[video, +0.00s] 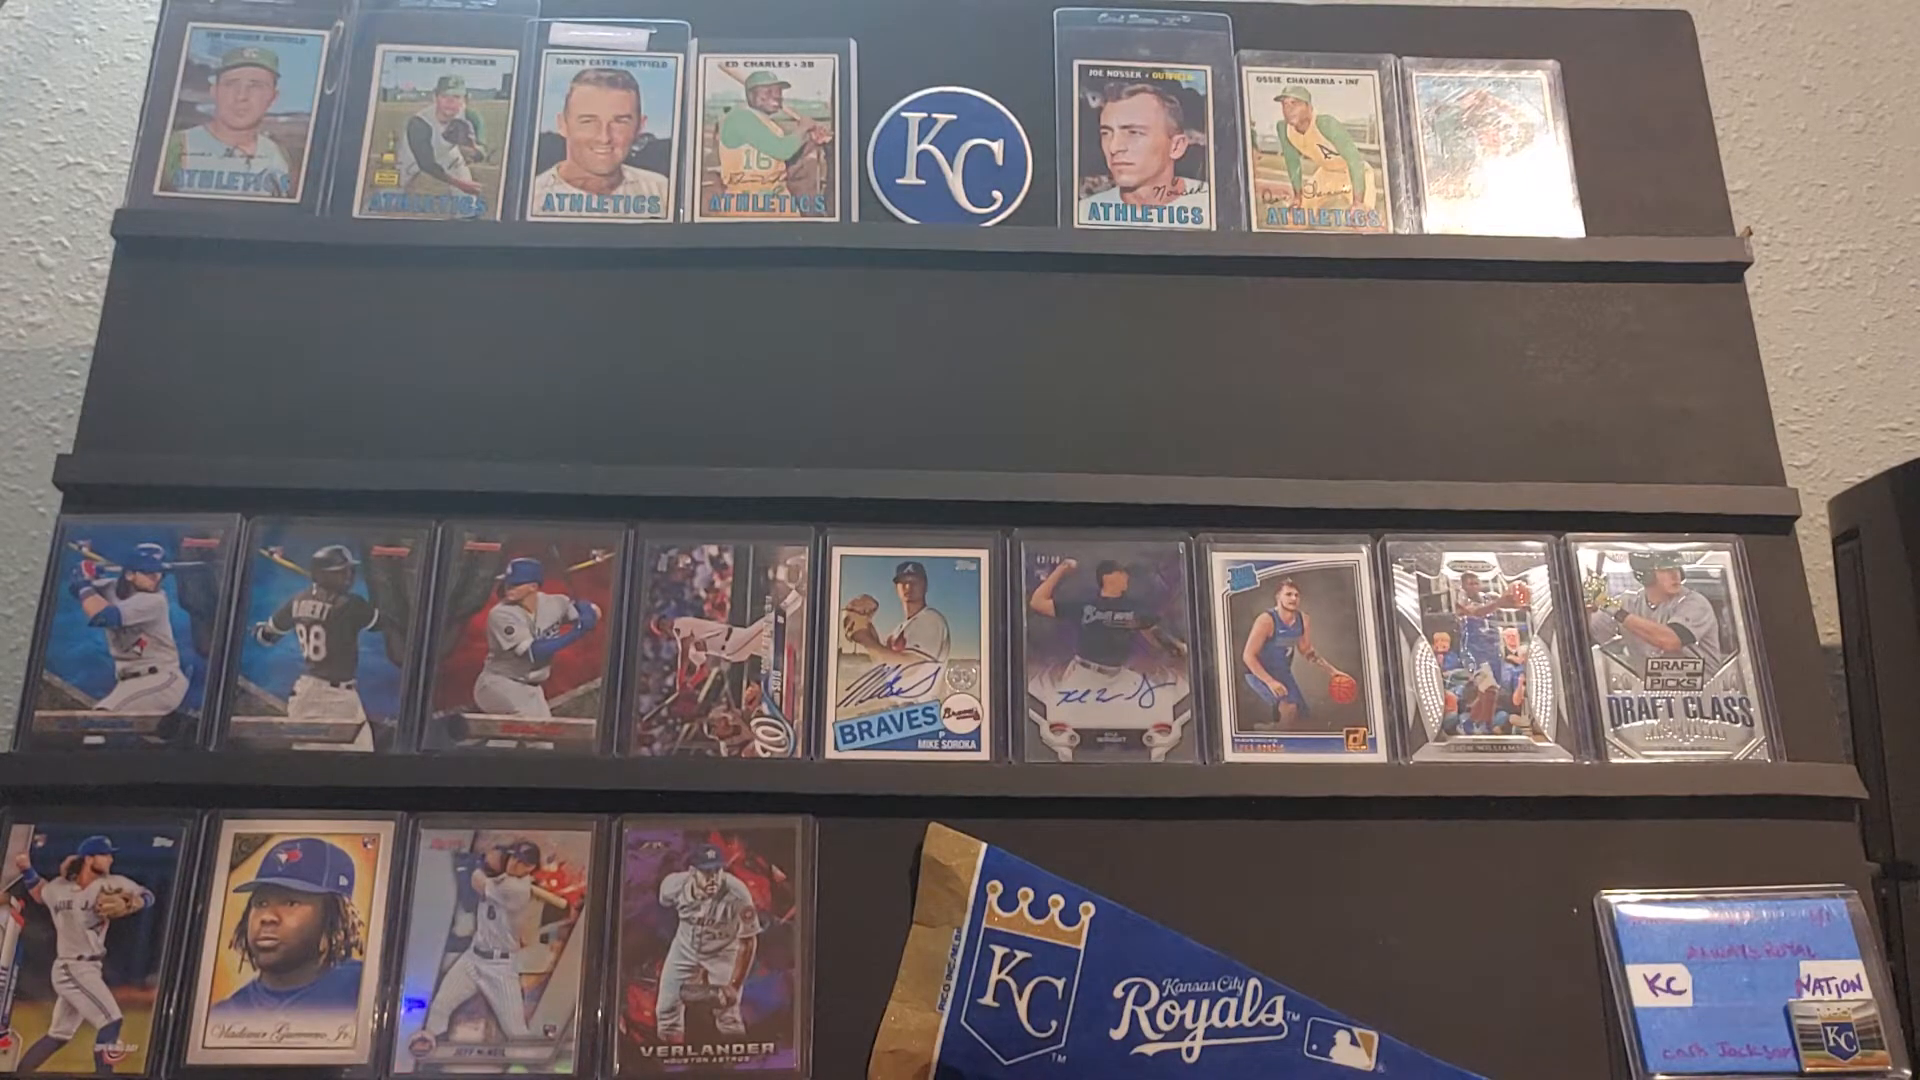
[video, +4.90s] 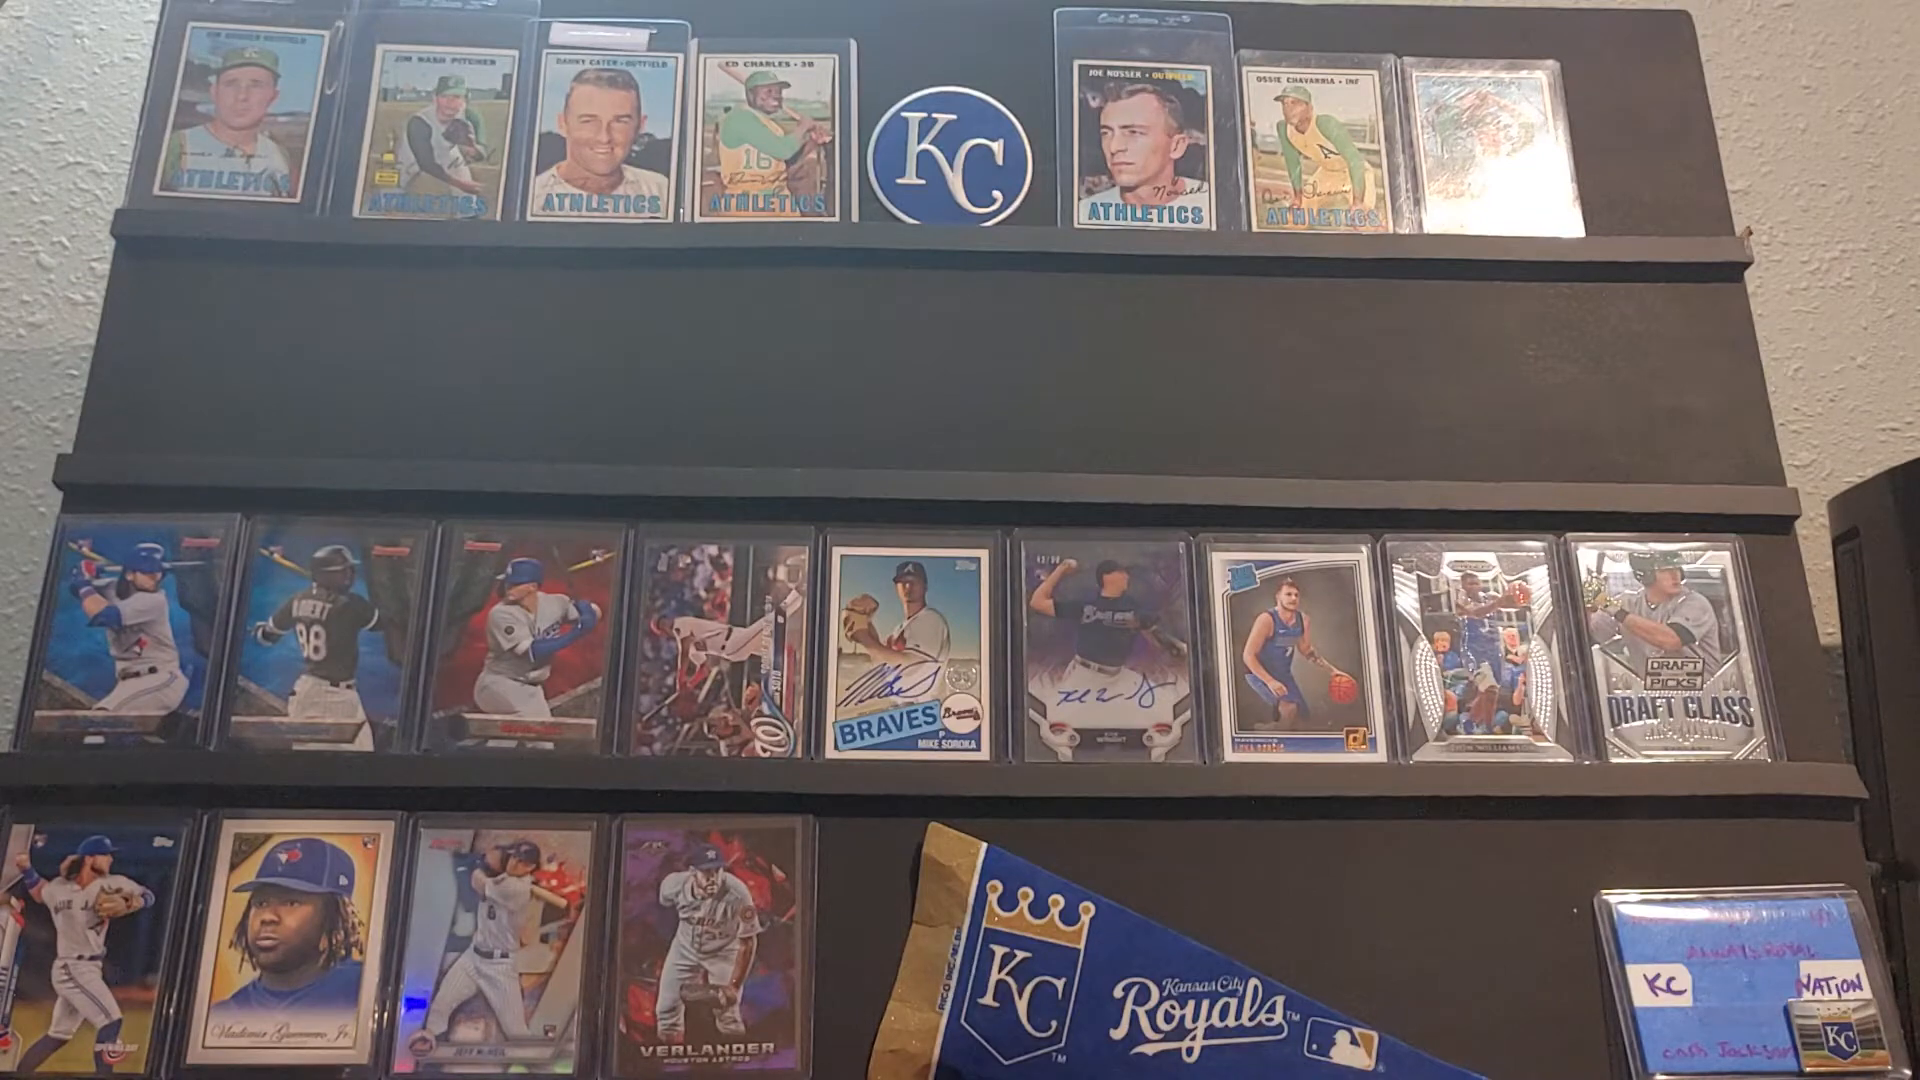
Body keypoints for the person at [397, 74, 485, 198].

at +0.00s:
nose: (451, 102)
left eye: (456, 97)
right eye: (445, 96)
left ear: (464, 101)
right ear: (436, 98)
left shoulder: (470, 117)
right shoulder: (419, 123)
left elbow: (481, 153)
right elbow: (427, 165)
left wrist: (467, 148)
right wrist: (461, 185)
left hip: (455, 166)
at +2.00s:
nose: (451, 102)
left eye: (457, 97)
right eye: (446, 96)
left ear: (464, 100)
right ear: (436, 98)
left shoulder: (470, 115)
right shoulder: (419, 123)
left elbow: (480, 154)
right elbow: (427, 165)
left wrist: (469, 150)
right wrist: (461, 185)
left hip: (454, 165)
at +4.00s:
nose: (451, 101)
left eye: (456, 97)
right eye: (446, 96)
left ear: (464, 101)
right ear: (436, 98)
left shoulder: (470, 116)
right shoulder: (419, 123)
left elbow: (481, 153)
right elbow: (427, 165)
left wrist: (470, 150)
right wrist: (461, 185)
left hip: (454, 164)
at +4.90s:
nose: (450, 103)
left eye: (456, 97)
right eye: (445, 96)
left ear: (464, 101)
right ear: (436, 99)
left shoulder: (469, 117)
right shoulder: (419, 123)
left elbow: (481, 152)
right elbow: (427, 165)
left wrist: (470, 150)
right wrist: (461, 185)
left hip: (455, 167)